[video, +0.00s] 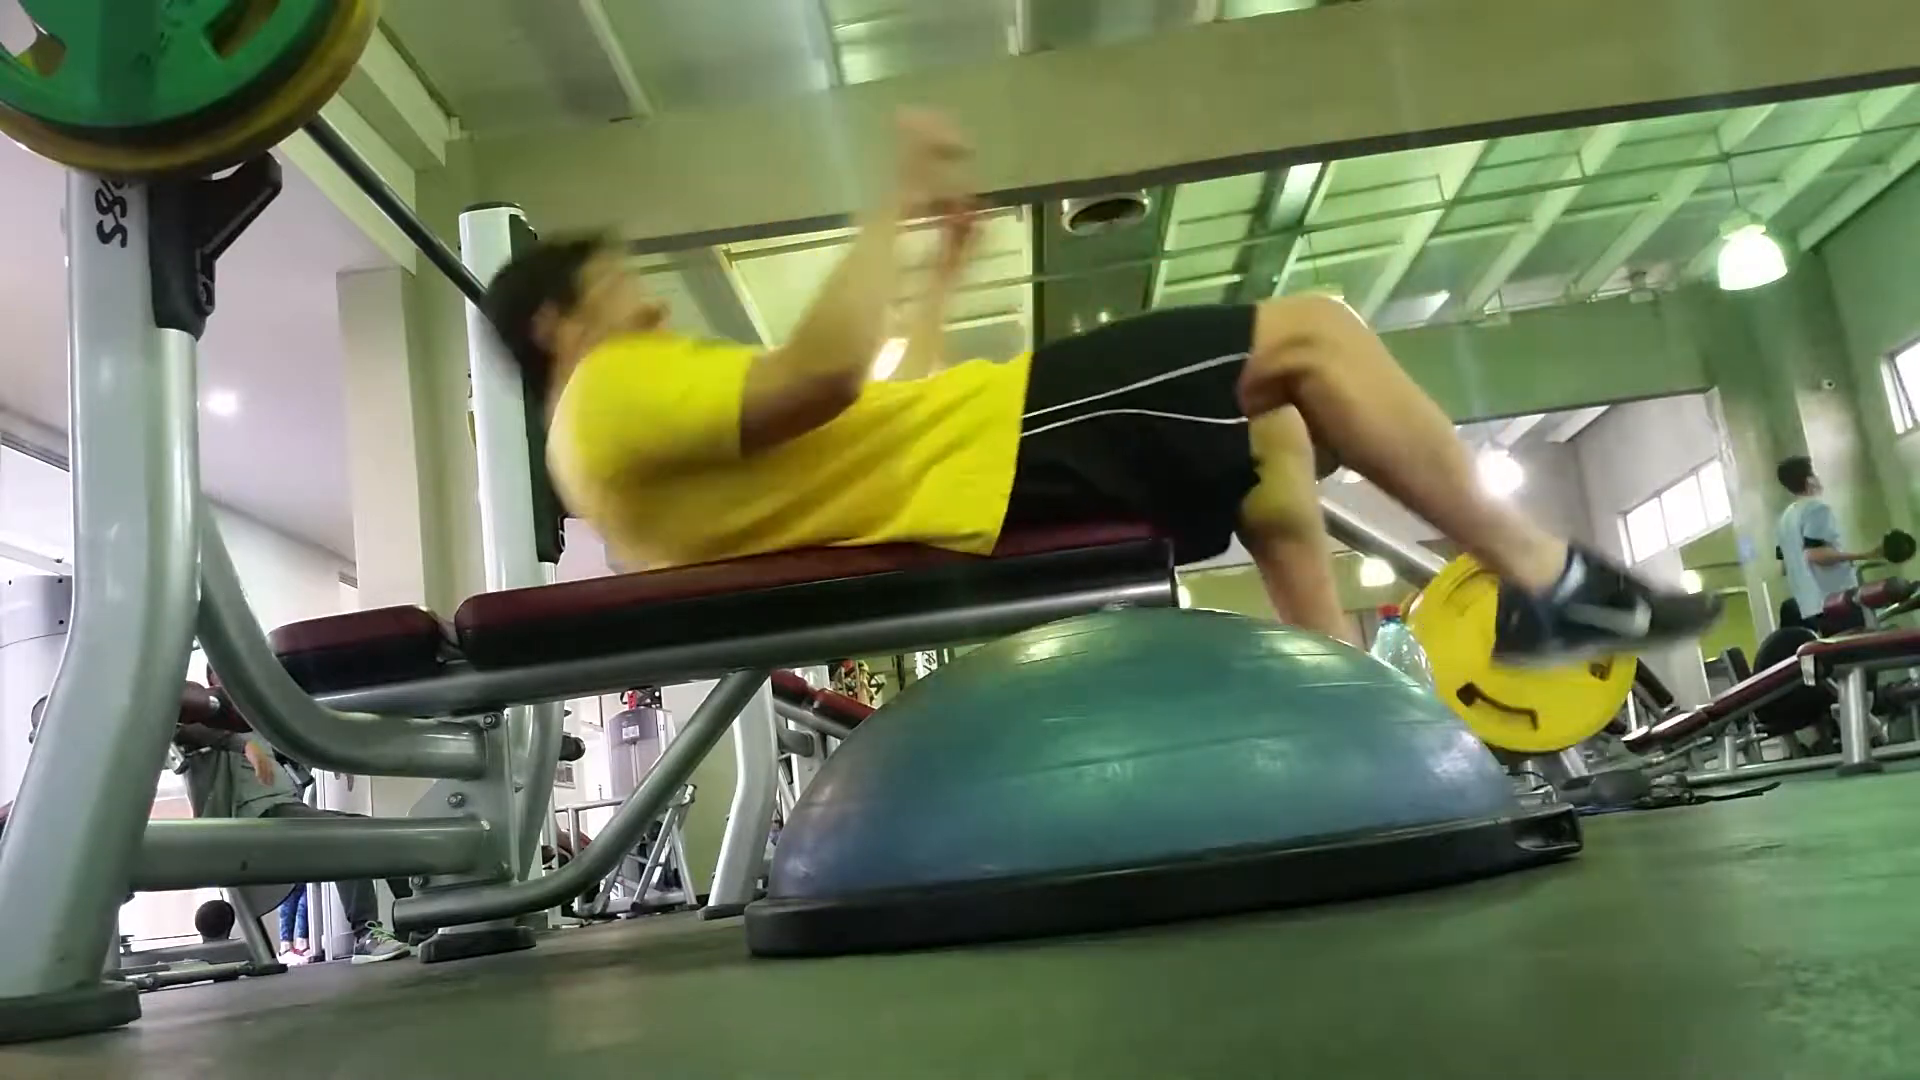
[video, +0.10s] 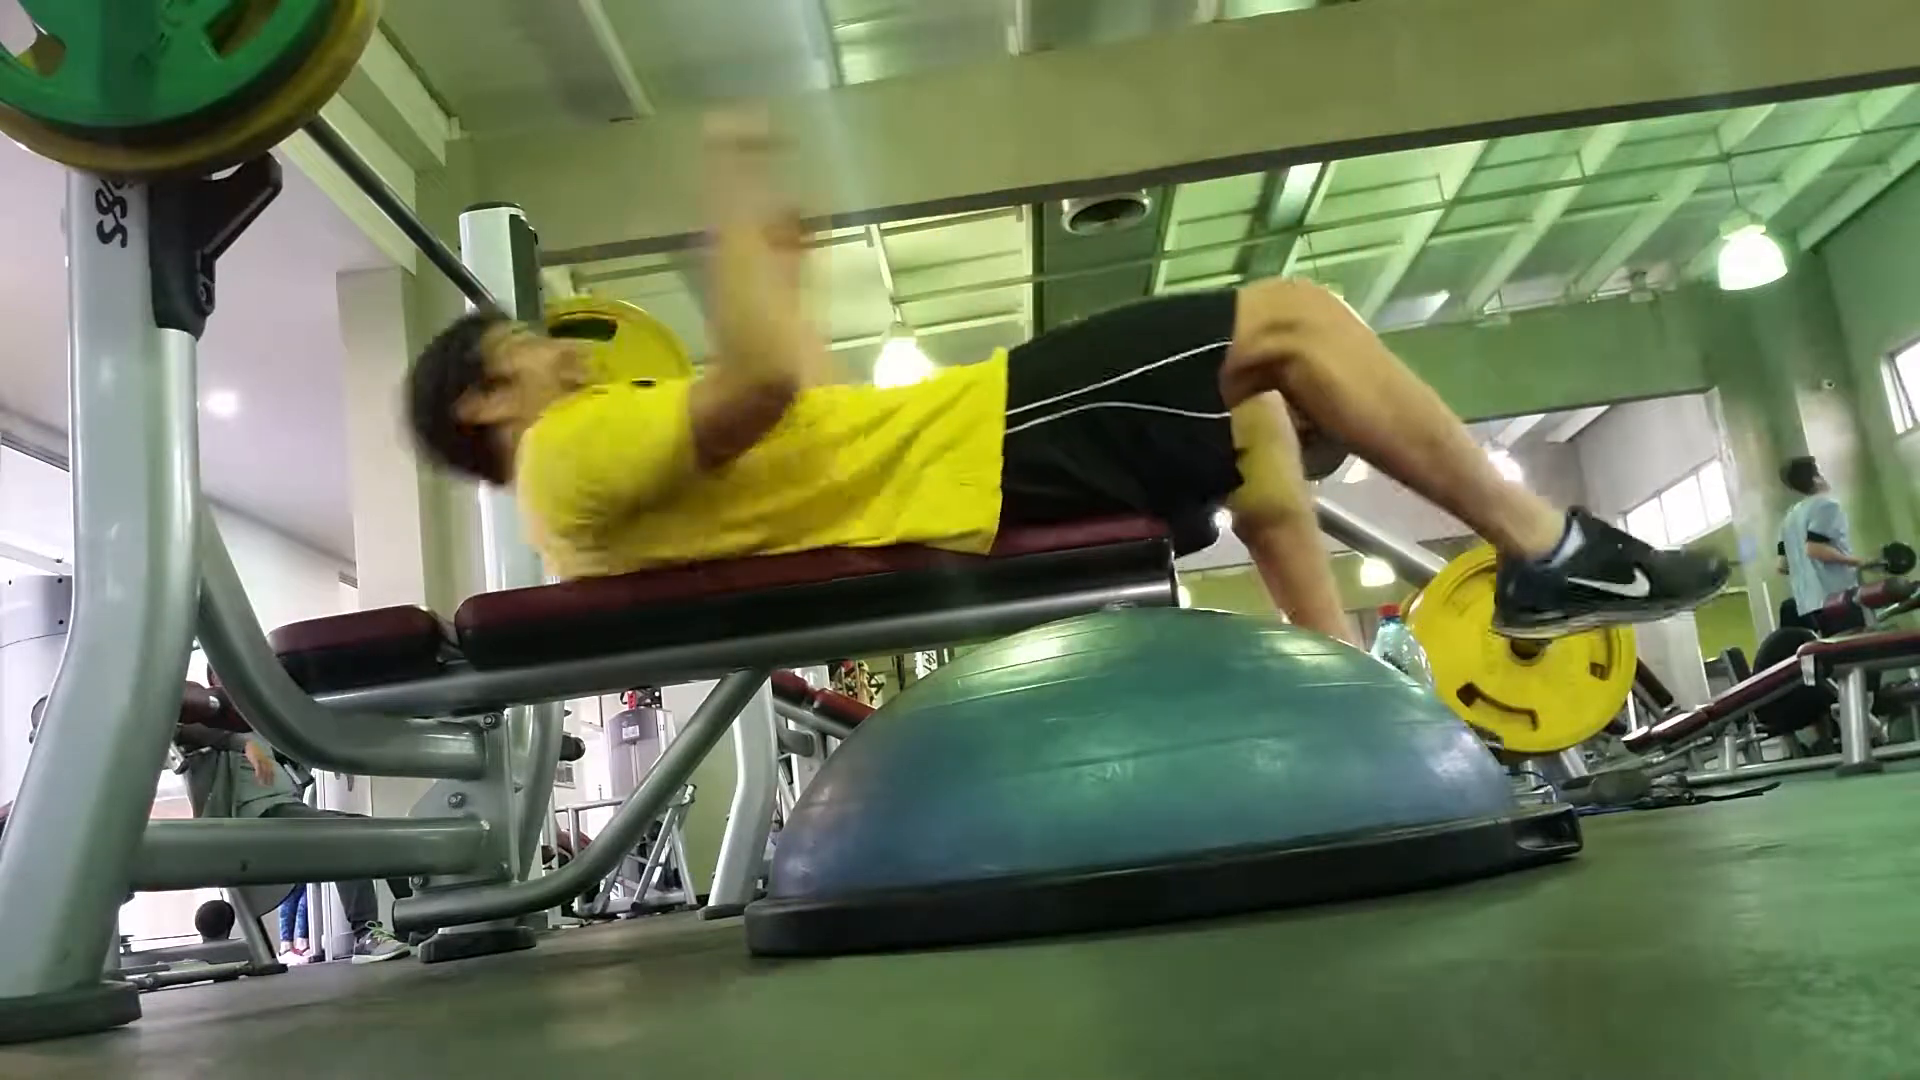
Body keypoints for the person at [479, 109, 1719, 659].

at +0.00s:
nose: (657, 290)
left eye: (644, 277)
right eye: (624, 281)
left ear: (567, 329)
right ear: (561, 317)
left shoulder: (634, 436)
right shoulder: (606, 393)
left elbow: (852, 429)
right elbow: (803, 382)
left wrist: (927, 302)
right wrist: (903, 226)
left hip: (976, 481)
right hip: (978, 437)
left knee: (1274, 456)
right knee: (1310, 328)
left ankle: (1350, 740)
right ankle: (1546, 575)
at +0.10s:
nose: (575, 339)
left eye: (553, 330)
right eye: (539, 343)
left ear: (505, 408)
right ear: (496, 410)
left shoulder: (601, 457)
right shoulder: (569, 455)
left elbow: (759, 409)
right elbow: (752, 391)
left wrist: (752, 293)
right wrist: (740, 229)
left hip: (972, 450)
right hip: (973, 437)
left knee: (1253, 412)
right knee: (1295, 316)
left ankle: (1340, 667)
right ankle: (1547, 541)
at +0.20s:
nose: (500, 363)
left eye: (480, 357)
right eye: (474, 373)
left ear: (462, 465)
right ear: (458, 440)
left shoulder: (555, 520)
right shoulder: (544, 455)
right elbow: (683, 354)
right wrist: (564, 230)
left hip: (943, 507)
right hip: (951, 441)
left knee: (1239, 424)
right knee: (1280, 318)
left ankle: (1327, 685)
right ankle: (1517, 567)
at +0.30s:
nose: (460, 375)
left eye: (435, 379)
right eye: (430, 401)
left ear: (453, 470)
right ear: (444, 464)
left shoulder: (552, 490)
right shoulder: (539, 471)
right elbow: (617, 325)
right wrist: (462, 251)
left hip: (950, 492)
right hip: (941, 446)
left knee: (1248, 473)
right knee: (1282, 355)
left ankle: (1244, 738)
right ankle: (1473, 644)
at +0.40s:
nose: (472, 380)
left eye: (449, 383)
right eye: (444, 406)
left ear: (457, 466)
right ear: (446, 485)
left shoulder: (569, 473)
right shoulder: (536, 490)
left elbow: (631, 343)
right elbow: (570, 300)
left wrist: (449, 228)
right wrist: (397, 200)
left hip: (950, 471)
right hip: (956, 450)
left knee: (1241, 490)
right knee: (1299, 399)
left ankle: (1259, 763)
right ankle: (1438, 734)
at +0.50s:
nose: (454, 399)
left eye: (431, 402)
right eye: (430, 423)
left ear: (457, 440)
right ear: (437, 497)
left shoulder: (563, 466)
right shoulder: (537, 495)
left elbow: (615, 334)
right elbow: (556, 290)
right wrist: (387, 178)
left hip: (949, 463)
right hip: (954, 459)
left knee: (1245, 518)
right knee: (1311, 409)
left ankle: (1258, 766)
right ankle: (1435, 744)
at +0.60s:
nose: (450, 414)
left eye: (430, 420)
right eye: (426, 438)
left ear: (454, 494)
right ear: (439, 512)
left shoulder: (559, 491)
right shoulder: (542, 509)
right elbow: (562, 301)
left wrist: (807, 671)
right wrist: (407, 180)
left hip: (950, 470)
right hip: (951, 451)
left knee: (1247, 510)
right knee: (1307, 402)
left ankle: (1248, 779)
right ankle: (1438, 745)